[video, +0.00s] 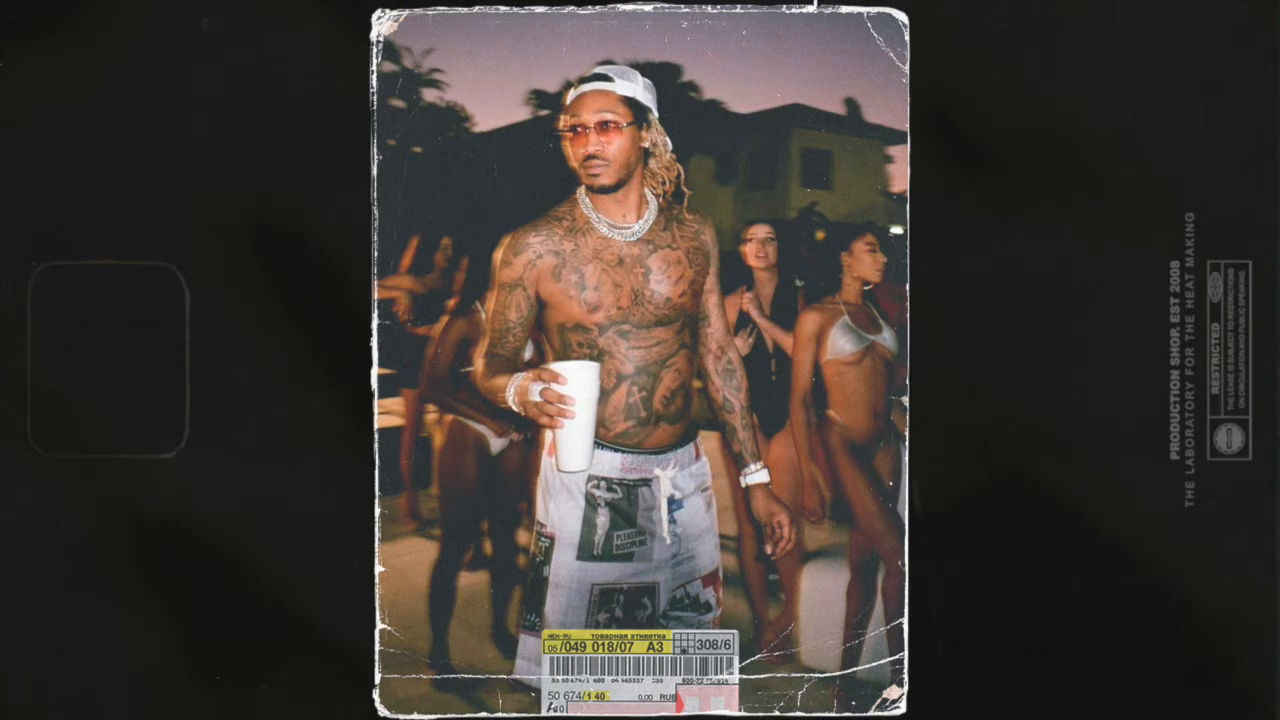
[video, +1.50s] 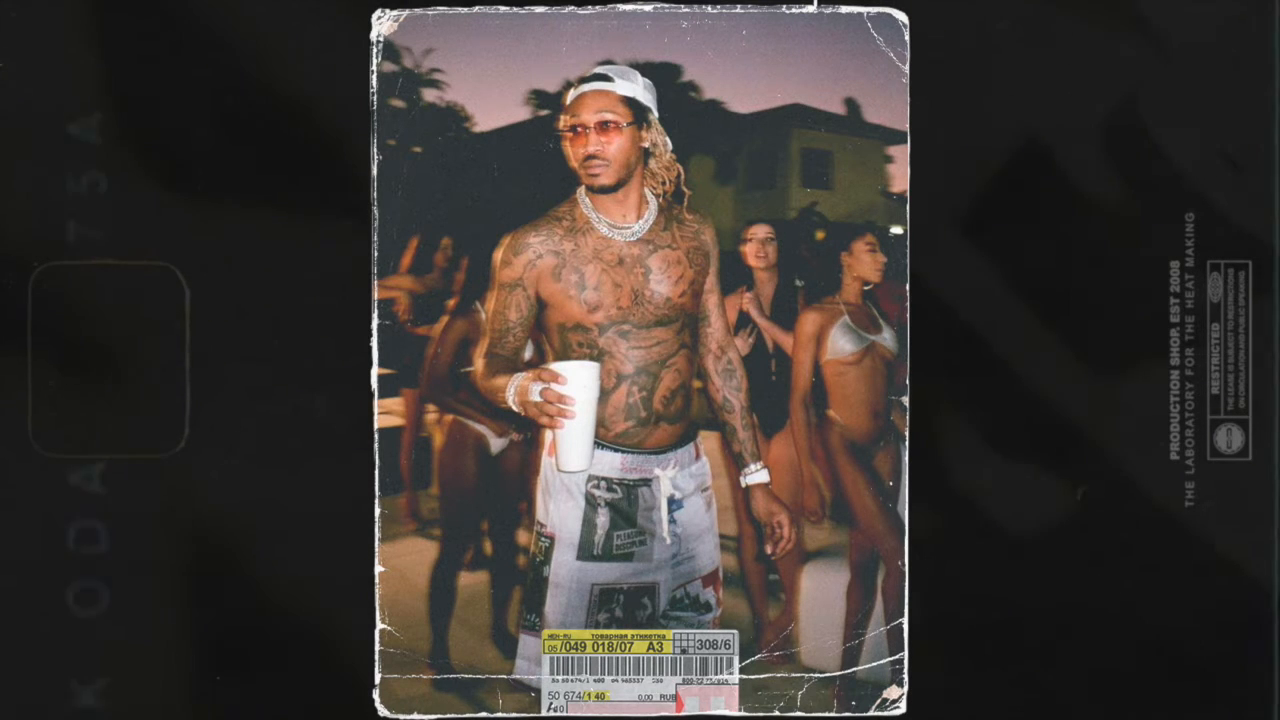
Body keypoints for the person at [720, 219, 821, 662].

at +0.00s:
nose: (760, 249)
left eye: (768, 241)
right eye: (752, 242)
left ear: (781, 249)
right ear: (741, 250)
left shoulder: (798, 296)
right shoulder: (731, 300)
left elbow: (804, 352)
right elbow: (714, 364)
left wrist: (762, 319)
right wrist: (733, 344)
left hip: (784, 419)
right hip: (738, 420)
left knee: (785, 521)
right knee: (749, 527)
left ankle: (794, 613)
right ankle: (763, 623)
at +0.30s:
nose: (760, 249)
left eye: (768, 241)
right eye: (752, 242)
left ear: (781, 249)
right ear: (741, 250)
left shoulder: (797, 296)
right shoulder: (730, 299)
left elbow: (803, 352)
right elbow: (713, 363)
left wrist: (761, 318)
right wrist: (734, 342)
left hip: (784, 420)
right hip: (738, 421)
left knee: (783, 522)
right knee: (749, 527)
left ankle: (794, 614)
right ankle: (763, 624)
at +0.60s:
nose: (760, 249)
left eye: (768, 241)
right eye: (752, 242)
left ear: (781, 249)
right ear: (741, 250)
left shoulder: (798, 296)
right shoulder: (732, 300)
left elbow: (804, 352)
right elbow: (713, 364)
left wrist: (762, 319)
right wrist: (733, 345)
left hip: (784, 419)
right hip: (738, 420)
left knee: (785, 521)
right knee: (749, 527)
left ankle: (794, 613)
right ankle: (763, 622)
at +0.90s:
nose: (760, 249)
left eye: (768, 242)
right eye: (752, 242)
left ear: (781, 249)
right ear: (740, 250)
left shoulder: (798, 295)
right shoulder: (732, 300)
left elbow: (805, 353)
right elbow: (714, 363)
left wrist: (762, 319)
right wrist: (734, 342)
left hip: (785, 419)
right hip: (739, 420)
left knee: (784, 521)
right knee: (749, 527)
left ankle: (794, 613)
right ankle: (763, 622)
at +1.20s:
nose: (760, 249)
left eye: (768, 241)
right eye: (752, 242)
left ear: (781, 249)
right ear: (741, 250)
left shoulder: (797, 296)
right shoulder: (730, 299)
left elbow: (804, 352)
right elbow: (713, 364)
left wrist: (761, 318)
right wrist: (734, 342)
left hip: (784, 420)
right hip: (738, 421)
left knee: (784, 522)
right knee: (749, 527)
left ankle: (794, 614)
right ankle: (763, 623)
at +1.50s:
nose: (760, 249)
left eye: (768, 241)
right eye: (752, 241)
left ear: (781, 249)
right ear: (741, 250)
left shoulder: (797, 295)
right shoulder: (731, 299)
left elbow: (803, 352)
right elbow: (714, 363)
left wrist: (761, 317)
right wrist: (735, 339)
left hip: (784, 419)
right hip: (738, 421)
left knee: (784, 521)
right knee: (748, 526)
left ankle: (793, 614)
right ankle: (762, 623)